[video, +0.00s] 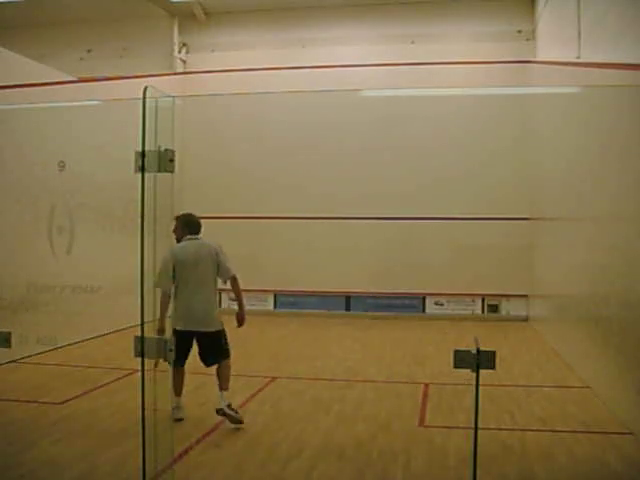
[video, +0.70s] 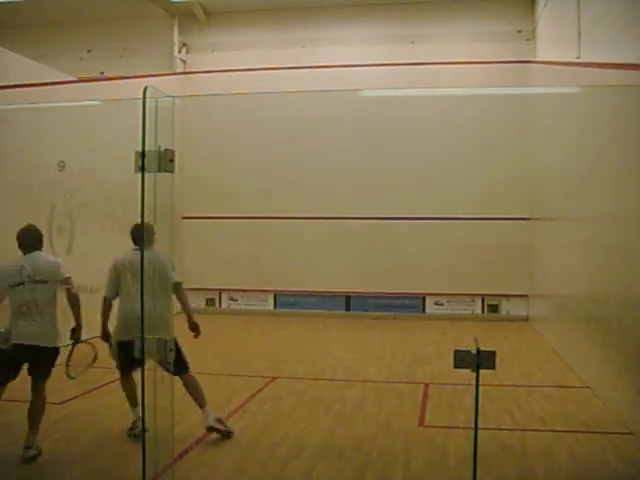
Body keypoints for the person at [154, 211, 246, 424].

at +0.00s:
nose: (173, 231)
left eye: (176, 227)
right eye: (174, 227)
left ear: (184, 230)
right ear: (196, 231)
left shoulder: (173, 254)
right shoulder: (213, 250)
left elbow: (165, 292)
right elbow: (232, 278)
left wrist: (161, 322)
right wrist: (241, 308)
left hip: (182, 321)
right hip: (209, 320)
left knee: (178, 363)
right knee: (223, 357)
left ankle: (177, 406)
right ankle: (224, 401)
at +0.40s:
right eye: (204, 229)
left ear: (185, 232)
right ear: (204, 232)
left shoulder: (170, 253)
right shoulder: (207, 252)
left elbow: (158, 289)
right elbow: (229, 282)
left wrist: (161, 318)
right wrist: (237, 312)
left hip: (169, 317)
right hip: (196, 316)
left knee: (168, 361)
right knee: (218, 360)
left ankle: (152, 404)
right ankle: (224, 415)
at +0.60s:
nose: (181, 248)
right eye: (180, 245)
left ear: (161, 248)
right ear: (180, 248)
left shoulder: (147, 271)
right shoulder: (186, 269)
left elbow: (133, 309)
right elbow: (204, 297)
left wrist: (137, 335)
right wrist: (221, 328)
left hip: (151, 335)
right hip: (181, 333)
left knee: (147, 374)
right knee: (210, 376)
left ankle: (141, 421)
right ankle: (228, 428)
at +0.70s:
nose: (155, 237)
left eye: (153, 233)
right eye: (154, 234)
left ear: (133, 239)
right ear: (151, 238)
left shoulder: (120, 263)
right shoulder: (163, 261)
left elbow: (108, 299)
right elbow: (178, 288)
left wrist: (104, 328)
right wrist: (190, 318)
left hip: (128, 332)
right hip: (160, 332)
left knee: (126, 372)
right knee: (184, 373)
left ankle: (137, 419)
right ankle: (208, 415)